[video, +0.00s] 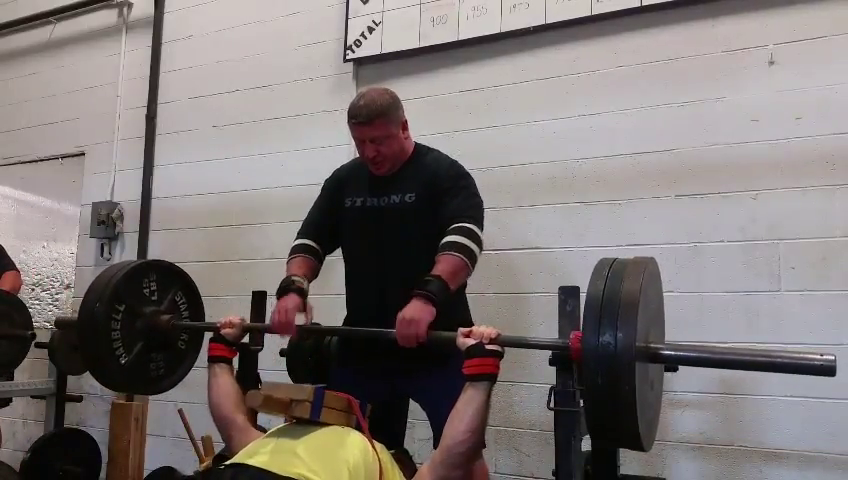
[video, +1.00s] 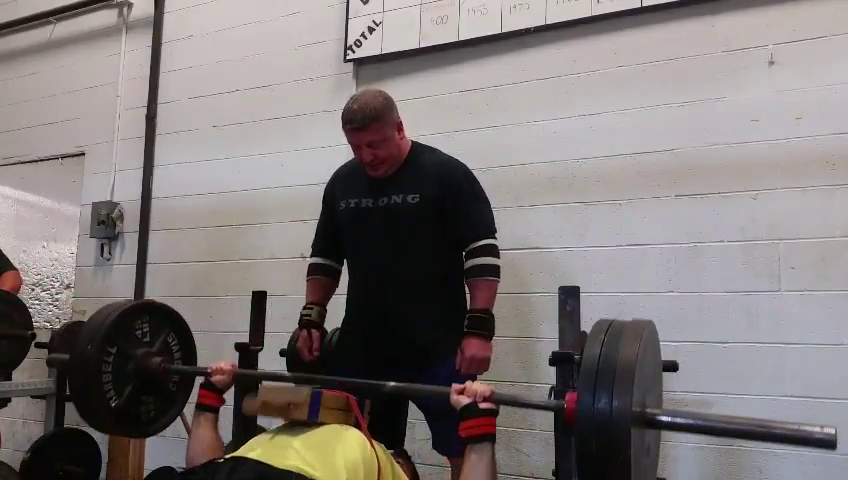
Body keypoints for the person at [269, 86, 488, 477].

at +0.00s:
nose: (369, 152)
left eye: (378, 141)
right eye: (361, 142)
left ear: (404, 129)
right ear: (352, 137)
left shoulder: (447, 176)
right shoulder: (344, 183)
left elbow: (462, 244)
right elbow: (311, 242)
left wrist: (428, 297)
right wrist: (293, 290)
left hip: (439, 348)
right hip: (364, 346)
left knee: (463, 455)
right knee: (367, 459)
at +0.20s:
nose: (369, 152)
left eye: (378, 140)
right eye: (360, 142)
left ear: (403, 128)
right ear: (351, 136)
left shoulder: (449, 175)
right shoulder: (343, 184)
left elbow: (488, 240)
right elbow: (318, 244)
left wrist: (448, 295)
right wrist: (310, 285)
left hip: (439, 349)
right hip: (364, 348)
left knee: (463, 459)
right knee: (361, 461)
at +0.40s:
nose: (370, 151)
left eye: (379, 139)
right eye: (361, 141)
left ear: (403, 126)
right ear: (352, 135)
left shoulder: (452, 178)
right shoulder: (345, 184)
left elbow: (484, 254)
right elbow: (328, 257)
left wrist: (478, 329)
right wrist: (317, 316)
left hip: (438, 347)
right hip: (363, 346)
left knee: (468, 457)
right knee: (364, 458)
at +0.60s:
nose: (370, 152)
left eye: (379, 141)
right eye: (361, 143)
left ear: (403, 127)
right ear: (351, 136)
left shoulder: (451, 176)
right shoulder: (345, 184)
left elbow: (487, 252)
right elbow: (327, 258)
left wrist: (487, 327)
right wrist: (312, 318)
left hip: (439, 341)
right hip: (366, 342)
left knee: (464, 452)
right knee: (369, 454)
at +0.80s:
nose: (368, 154)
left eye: (377, 143)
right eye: (359, 145)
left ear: (401, 129)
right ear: (350, 138)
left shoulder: (449, 176)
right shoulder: (344, 184)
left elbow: (483, 252)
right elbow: (325, 257)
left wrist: (481, 326)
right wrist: (309, 318)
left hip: (439, 340)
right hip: (367, 340)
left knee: (463, 449)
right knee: (369, 452)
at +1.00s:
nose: (367, 156)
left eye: (375, 145)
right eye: (357, 147)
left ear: (400, 130)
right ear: (348, 139)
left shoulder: (448, 176)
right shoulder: (342, 185)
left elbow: (482, 253)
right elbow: (325, 259)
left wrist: (479, 328)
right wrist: (311, 320)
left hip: (439, 339)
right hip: (367, 341)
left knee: (461, 449)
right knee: (373, 451)